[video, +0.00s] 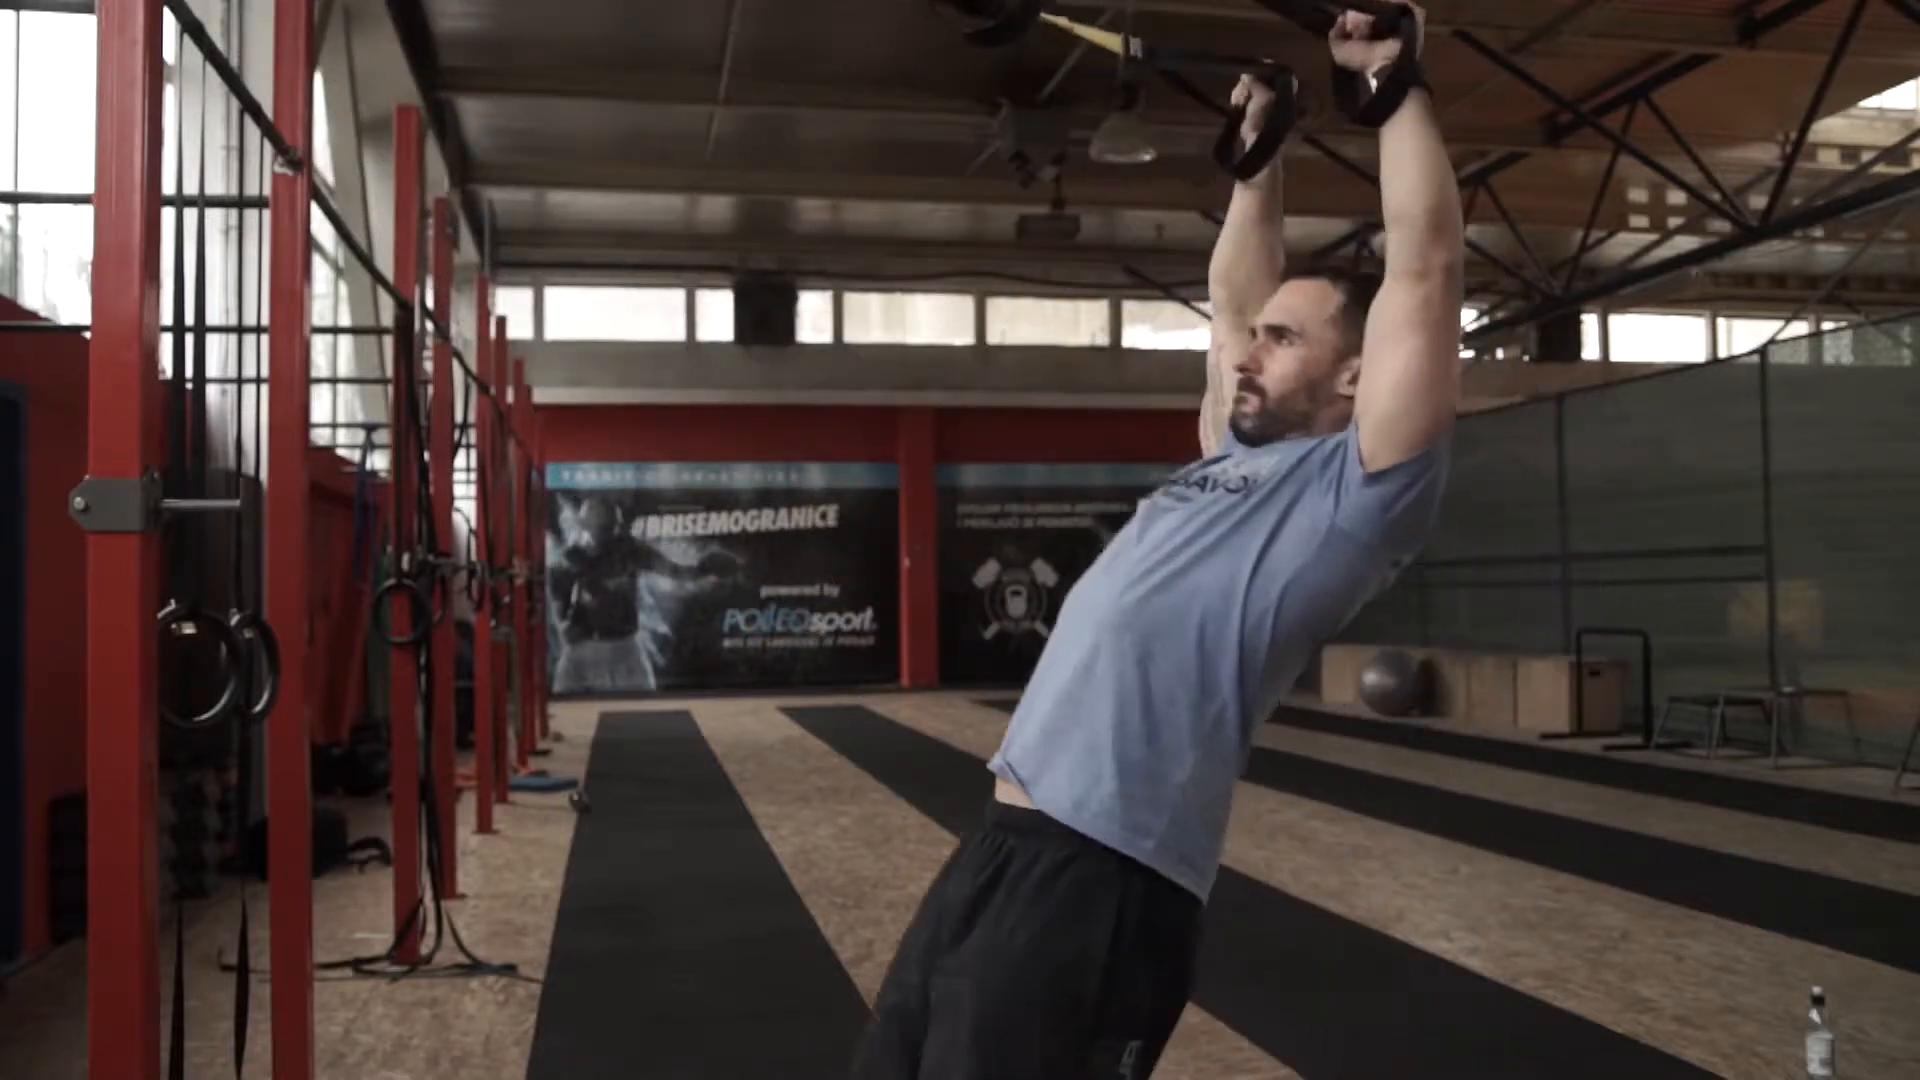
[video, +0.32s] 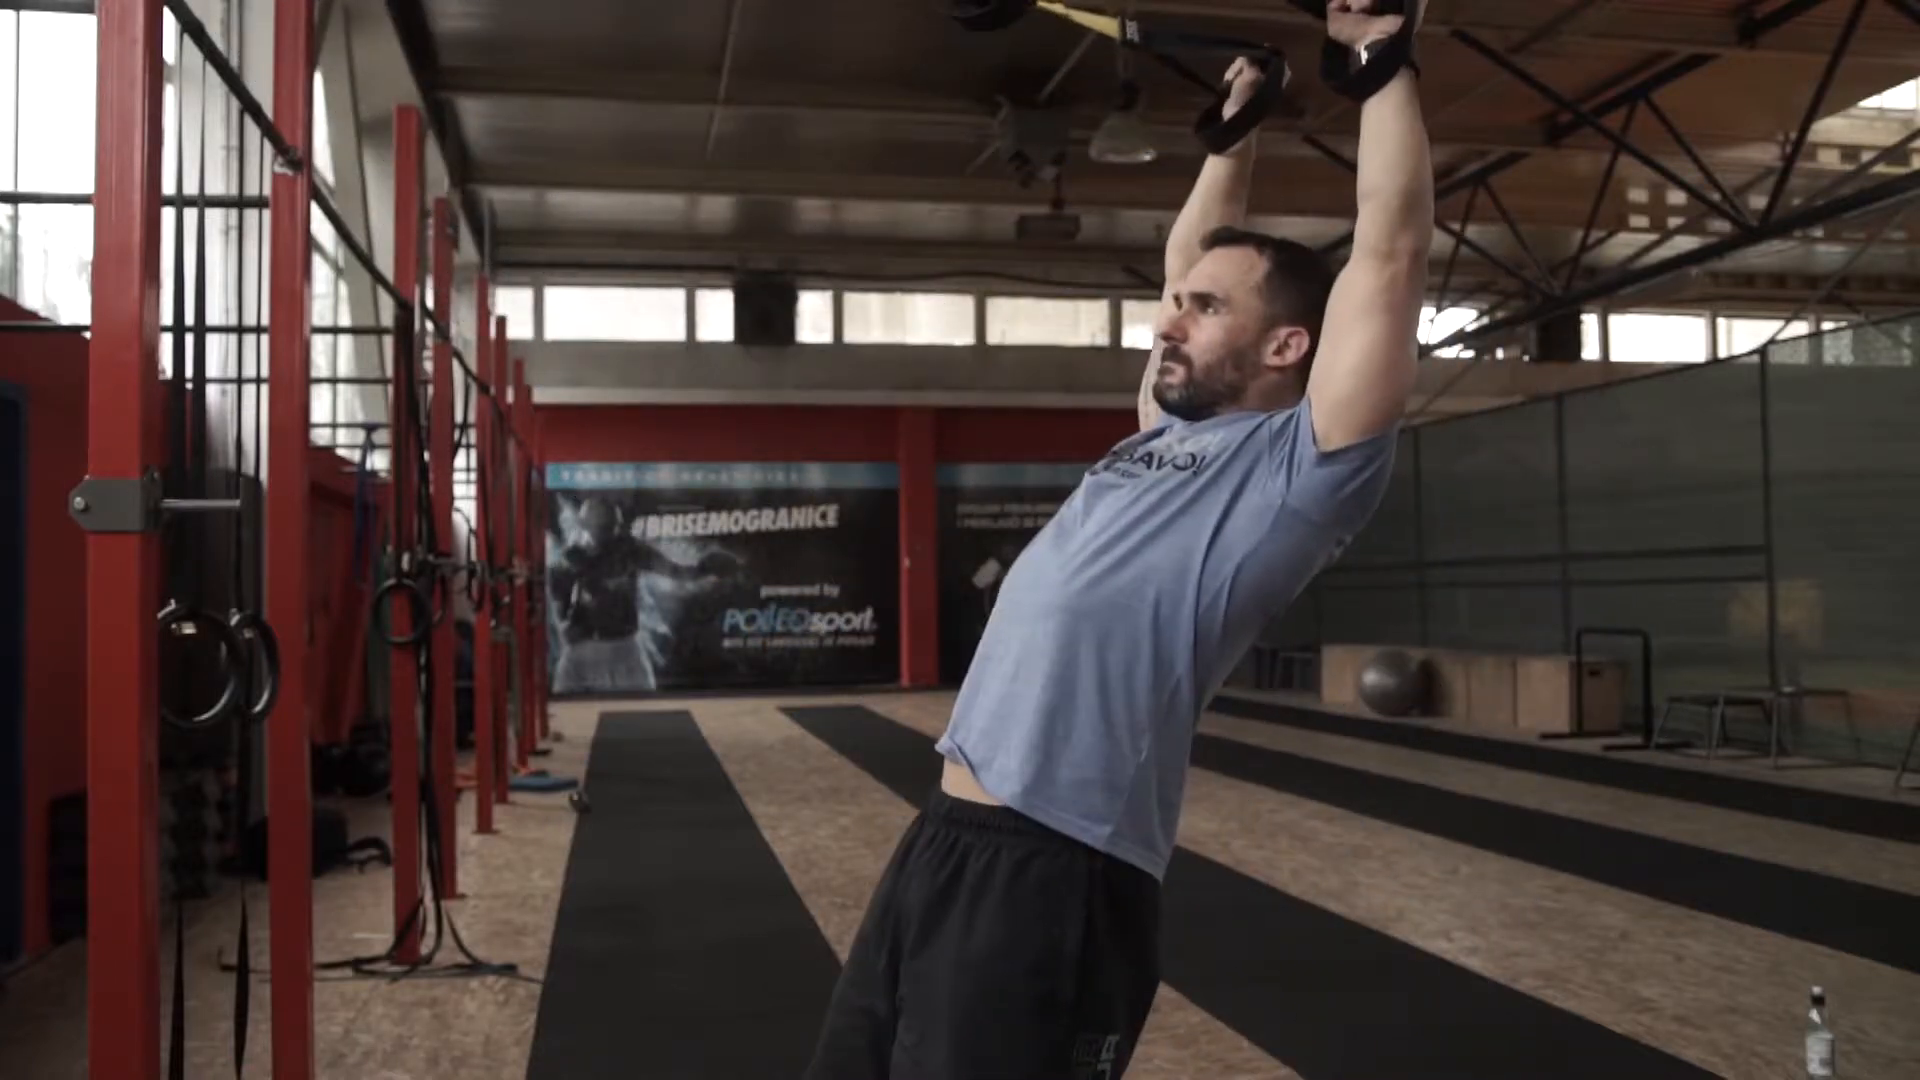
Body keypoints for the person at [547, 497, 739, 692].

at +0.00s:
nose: (600, 526)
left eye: (606, 518)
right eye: (593, 520)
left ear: (615, 519)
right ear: (582, 522)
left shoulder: (630, 549)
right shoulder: (571, 558)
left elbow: (673, 571)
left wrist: (702, 572)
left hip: (625, 648)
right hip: (580, 650)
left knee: (636, 716)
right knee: (573, 718)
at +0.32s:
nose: (601, 528)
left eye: (606, 520)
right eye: (594, 521)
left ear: (616, 520)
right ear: (583, 523)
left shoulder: (630, 549)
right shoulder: (572, 557)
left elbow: (672, 571)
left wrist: (702, 572)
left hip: (625, 647)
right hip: (580, 649)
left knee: (636, 714)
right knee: (573, 717)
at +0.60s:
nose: (602, 529)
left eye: (607, 521)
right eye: (594, 523)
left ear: (615, 520)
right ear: (583, 523)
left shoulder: (629, 549)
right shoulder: (571, 558)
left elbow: (673, 571)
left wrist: (703, 571)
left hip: (625, 649)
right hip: (581, 652)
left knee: (637, 717)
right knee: (573, 719)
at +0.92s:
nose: (601, 529)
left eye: (606, 521)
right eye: (594, 523)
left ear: (615, 520)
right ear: (583, 523)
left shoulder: (629, 549)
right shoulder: (572, 558)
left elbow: (672, 571)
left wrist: (702, 572)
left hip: (625, 648)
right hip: (581, 650)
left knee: (637, 716)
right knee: (573, 718)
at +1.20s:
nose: (600, 533)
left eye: (605, 525)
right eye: (593, 526)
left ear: (614, 523)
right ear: (582, 525)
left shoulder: (627, 549)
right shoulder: (571, 557)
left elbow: (669, 571)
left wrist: (699, 573)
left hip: (623, 648)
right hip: (579, 650)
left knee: (635, 716)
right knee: (571, 718)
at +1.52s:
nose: (583, 549)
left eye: (588, 542)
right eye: (577, 543)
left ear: (595, 540)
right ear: (563, 542)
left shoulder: (607, 566)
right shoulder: (549, 576)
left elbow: (651, 589)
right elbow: (539, 635)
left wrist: (680, 588)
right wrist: (551, 619)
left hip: (603, 669)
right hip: (558, 672)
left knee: (614, 740)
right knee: (549, 741)